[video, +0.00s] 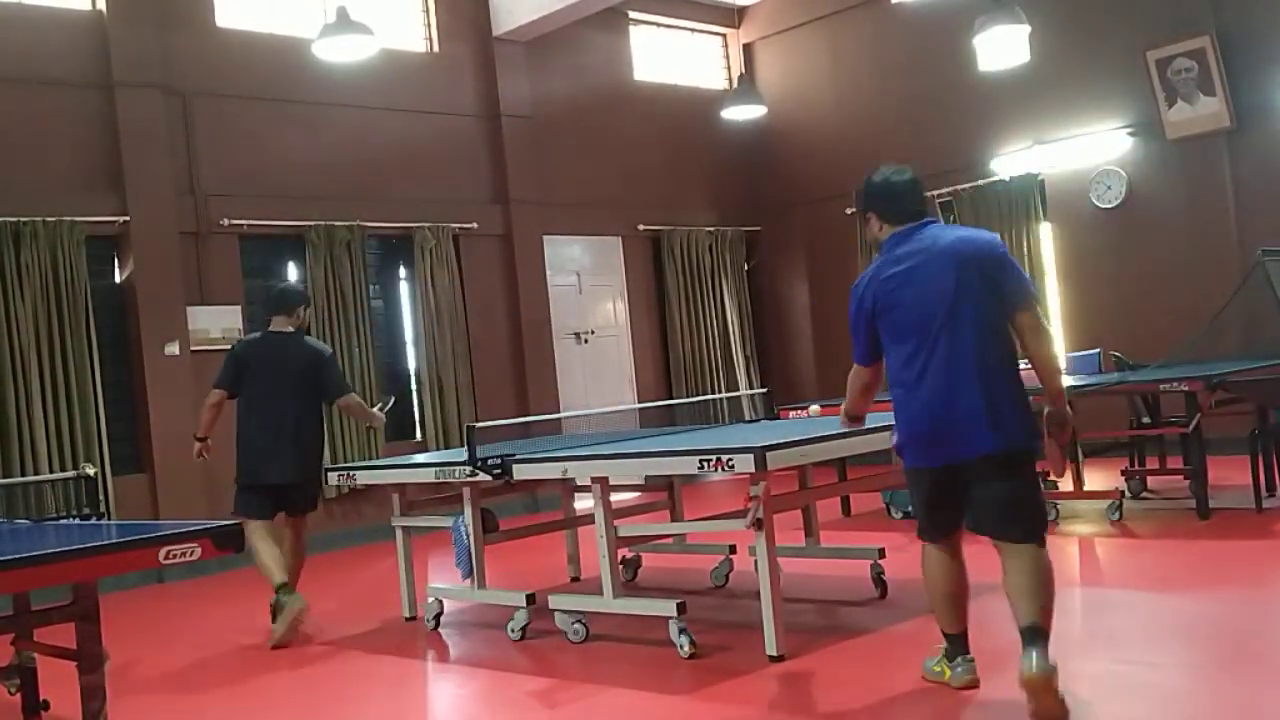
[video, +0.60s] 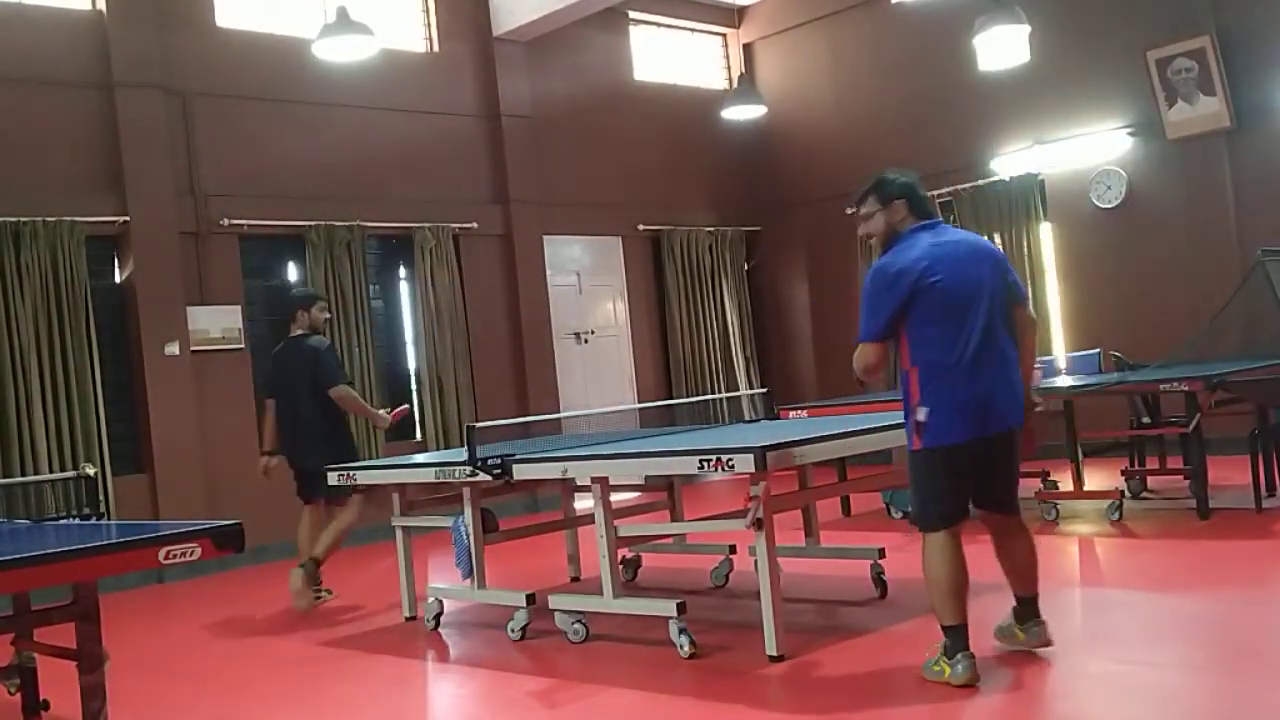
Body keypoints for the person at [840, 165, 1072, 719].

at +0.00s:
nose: (863, 228)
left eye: (863, 220)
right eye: (863, 220)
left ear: (875, 220)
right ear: (926, 206)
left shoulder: (872, 283)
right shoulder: (983, 246)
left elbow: (866, 373)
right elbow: (1030, 328)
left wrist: (852, 410)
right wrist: (1058, 403)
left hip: (927, 439)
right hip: (999, 429)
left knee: (939, 540)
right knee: (1020, 540)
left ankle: (956, 656)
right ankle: (1035, 649)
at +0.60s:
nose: (863, 231)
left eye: (867, 218)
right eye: (860, 221)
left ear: (901, 209)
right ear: (917, 210)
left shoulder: (891, 268)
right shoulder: (983, 248)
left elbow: (868, 364)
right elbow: (1026, 320)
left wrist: (872, 352)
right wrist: (1022, 387)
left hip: (940, 421)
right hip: (1002, 410)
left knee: (939, 530)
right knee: (1004, 515)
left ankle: (957, 654)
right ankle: (1029, 618)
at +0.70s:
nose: (887, 221)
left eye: (895, 210)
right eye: (886, 212)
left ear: (928, 206)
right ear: (936, 209)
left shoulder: (922, 263)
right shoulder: (994, 252)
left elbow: (896, 347)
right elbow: (1010, 331)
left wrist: (864, 369)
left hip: (953, 425)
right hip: (1011, 417)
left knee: (946, 532)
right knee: (1008, 519)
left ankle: (957, 654)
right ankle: (1037, 628)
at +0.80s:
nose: (911, 212)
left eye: (921, 202)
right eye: (911, 204)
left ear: (956, 202)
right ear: (957, 206)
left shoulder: (955, 257)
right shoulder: (995, 247)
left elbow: (944, 336)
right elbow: (990, 335)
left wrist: (880, 366)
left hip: (975, 415)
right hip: (1025, 407)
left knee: (954, 522)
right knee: (1010, 514)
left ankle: (959, 647)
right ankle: (1036, 628)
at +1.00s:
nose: (957, 202)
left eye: (968, 192)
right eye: (955, 194)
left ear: (1000, 193)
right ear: (976, 198)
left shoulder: (1006, 244)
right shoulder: (1007, 242)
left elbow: (1017, 321)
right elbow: (1013, 327)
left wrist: (943, 347)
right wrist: (968, 377)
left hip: (1006, 411)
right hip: (1027, 408)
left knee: (984, 510)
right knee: (1028, 512)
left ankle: (1032, 625)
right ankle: (1038, 625)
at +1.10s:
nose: (983, 198)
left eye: (993, 188)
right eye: (981, 190)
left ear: (1026, 191)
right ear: (990, 196)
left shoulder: (1035, 246)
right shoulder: (1011, 248)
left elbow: (1039, 325)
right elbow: (1011, 334)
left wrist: (962, 336)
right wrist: (979, 388)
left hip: (1030, 409)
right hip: (1010, 408)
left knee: (1017, 511)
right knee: (1027, 512)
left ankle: (1098, 608)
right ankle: (1037, 626)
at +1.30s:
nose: (1024, 196)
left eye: (1036, 188)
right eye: (1023, 188)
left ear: (1070, 190)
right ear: (1029, 194)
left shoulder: (1082, 247)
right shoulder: (1043, 248)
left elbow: (1077, 327)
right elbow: (1046, 326)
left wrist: (999, 318)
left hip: (1075, 411)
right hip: (1034, 411)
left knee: (1094, 510)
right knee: (1041, 511)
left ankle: (1173, 608)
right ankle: (1038, 627)